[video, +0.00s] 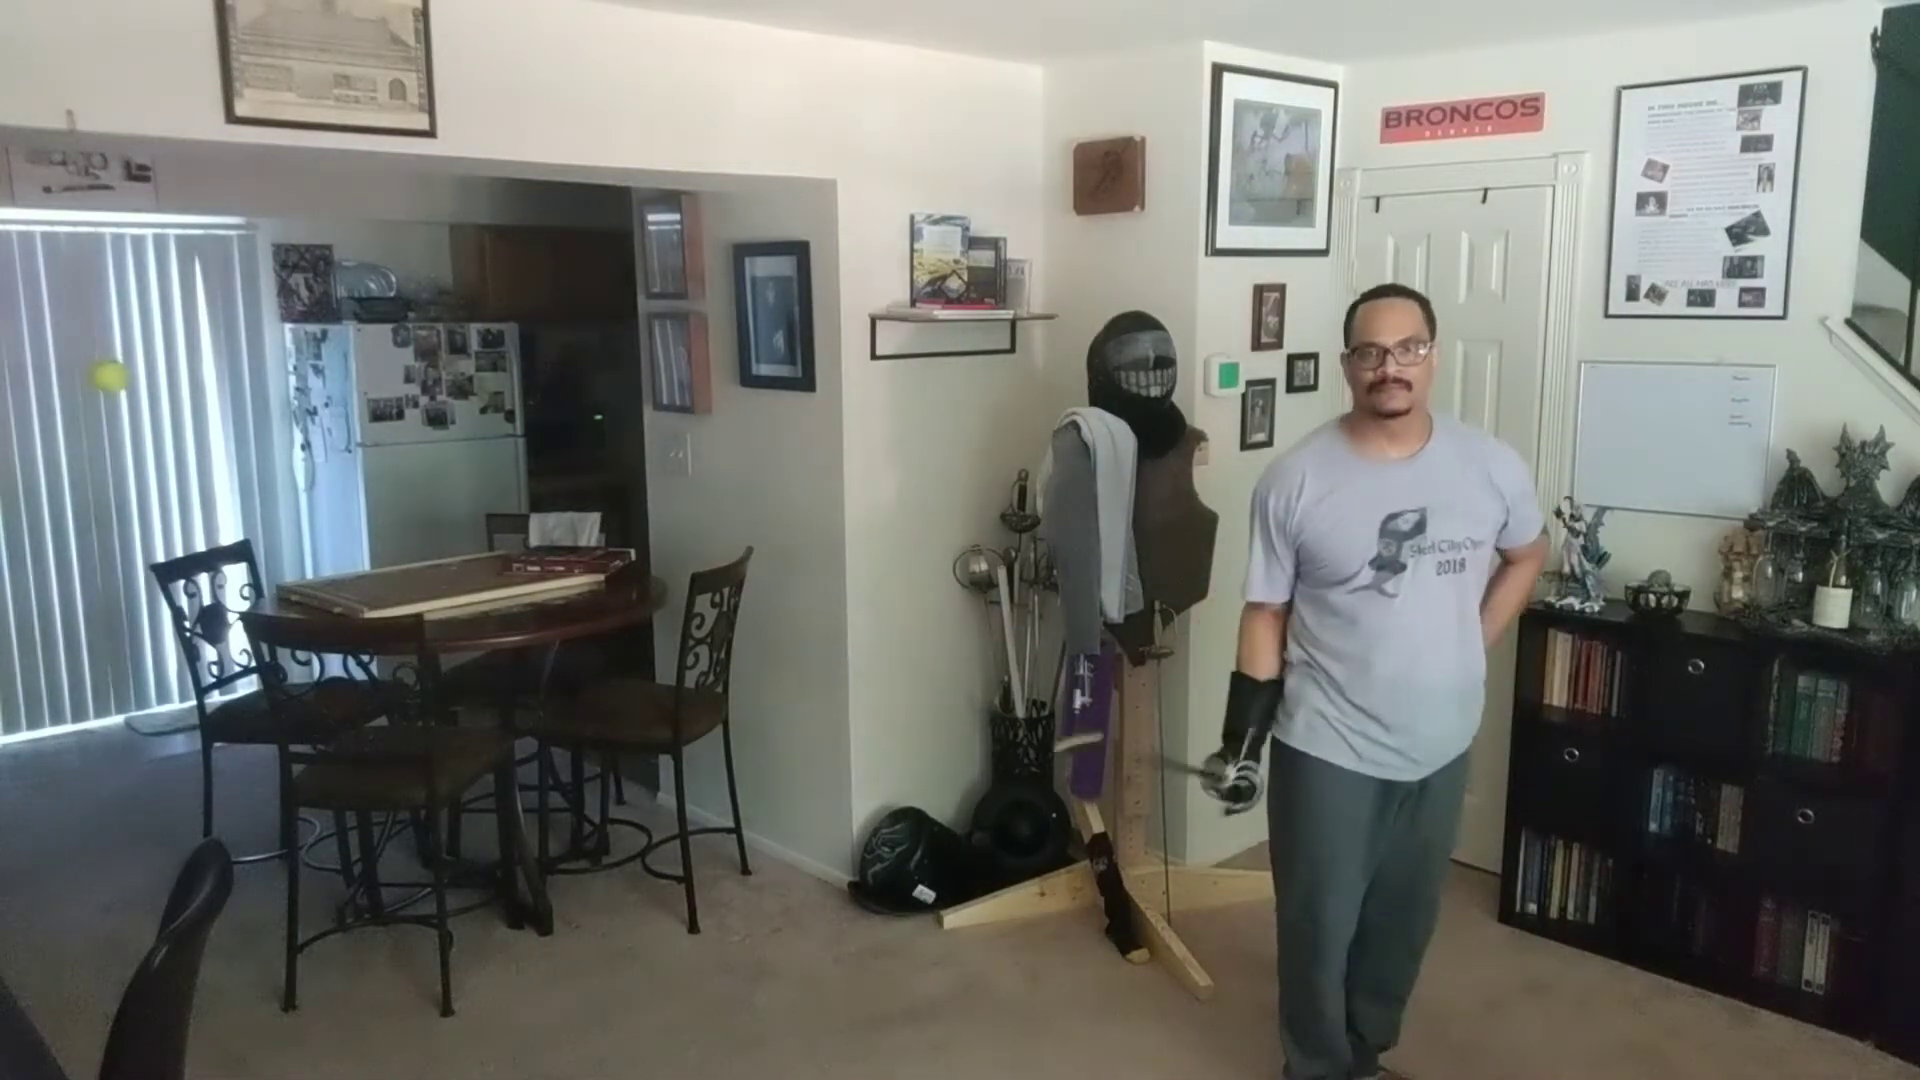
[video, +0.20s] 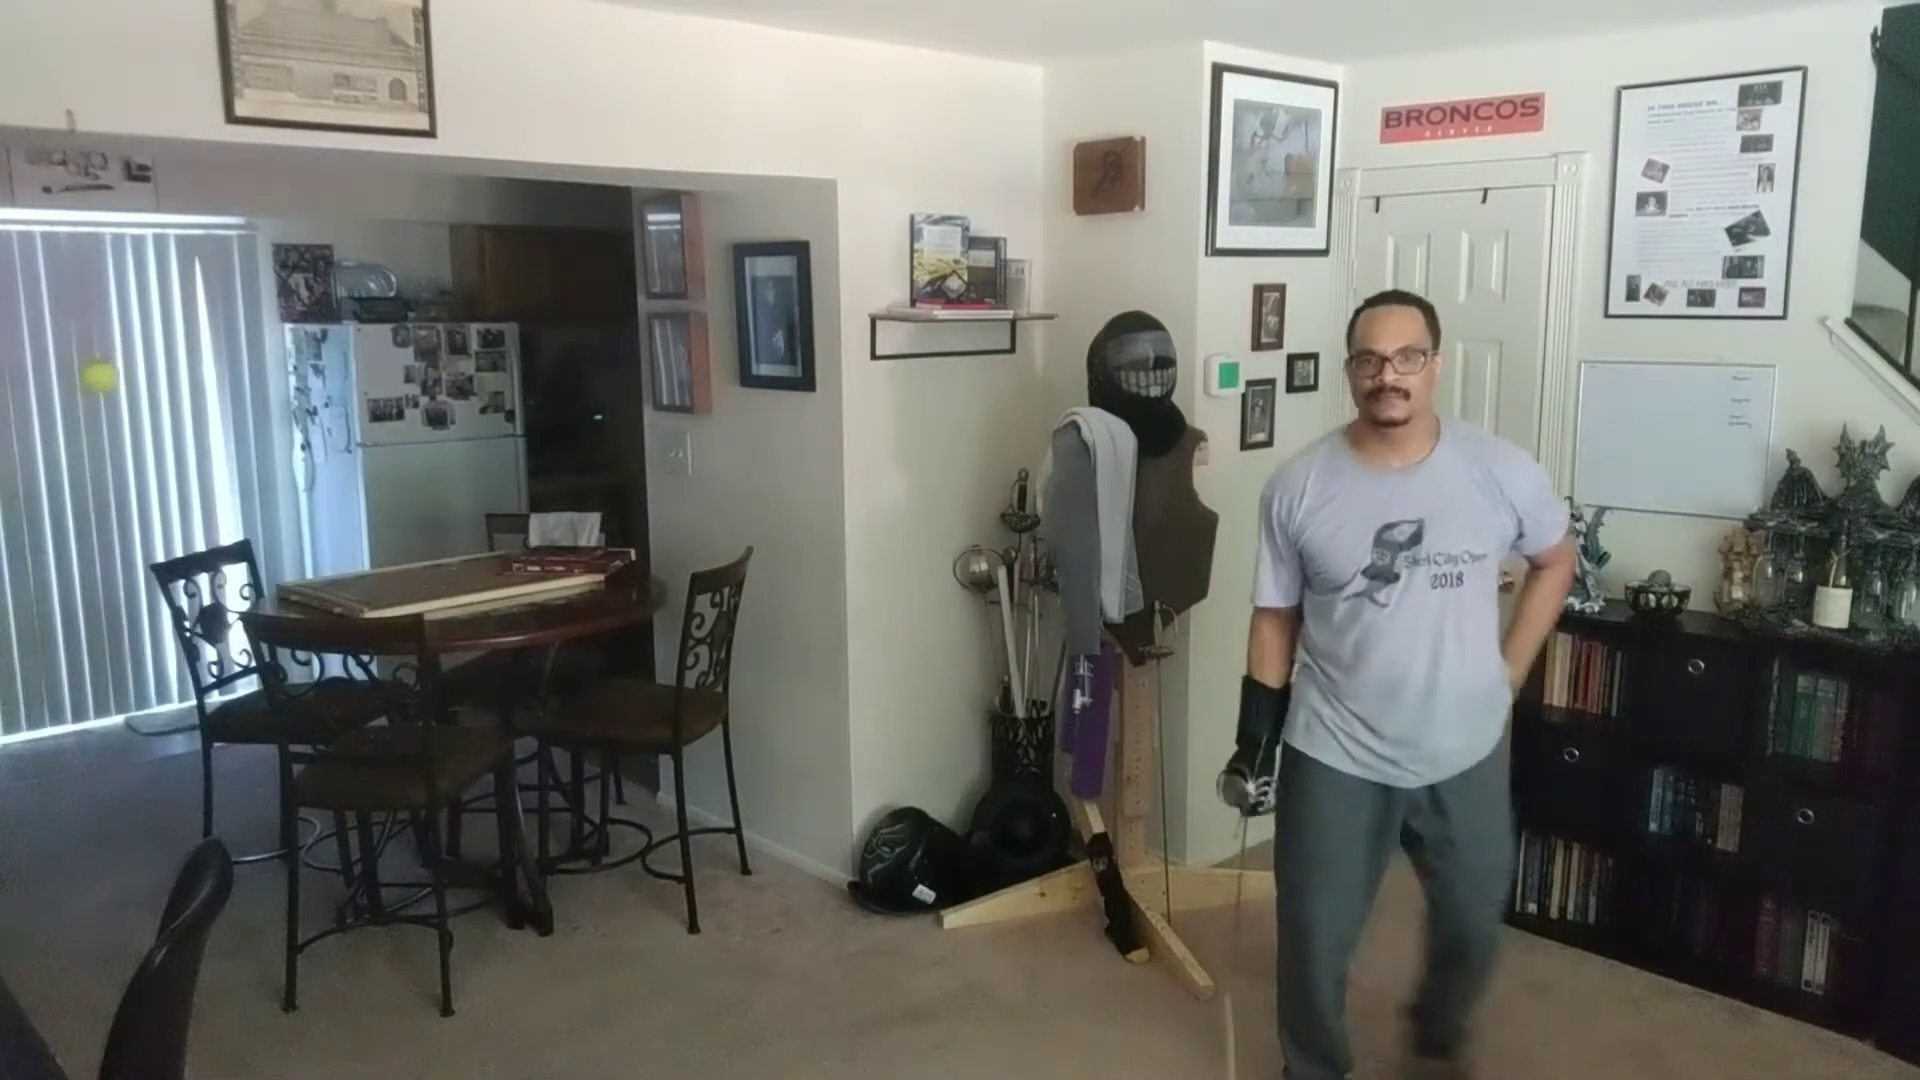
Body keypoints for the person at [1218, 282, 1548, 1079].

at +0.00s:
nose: (1390, 366)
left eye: (1408, 349)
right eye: (1371, 351)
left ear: (1433, 360)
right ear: (1347, 367)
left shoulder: (1487, 463)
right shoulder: (1294, 479)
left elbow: (1527, 553)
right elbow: (1264, 612)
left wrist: (1475, 641)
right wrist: (1245, 738)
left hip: (1441, 742)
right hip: (1327, 740)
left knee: (1405, 915)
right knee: (1321, 920)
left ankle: (1369, 1050)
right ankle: (1315, 1062)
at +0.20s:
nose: (1387, 375)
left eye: (1407, 358)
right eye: (1369, 359)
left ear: (1436, 367)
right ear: (1349, 371)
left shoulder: (1499, 469)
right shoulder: (1298, 486)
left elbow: (1557, 559)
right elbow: (1275, 617)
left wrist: (1508, 674)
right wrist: (1255, 743)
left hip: (1467, 746)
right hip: (1337, 749)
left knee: (1475, 928)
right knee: (1313, 946)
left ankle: (1440, 1039)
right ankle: (1315, 1067)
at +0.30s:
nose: (1401, 374)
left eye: (1421, 357)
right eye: (1383, 359)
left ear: (1454, 366)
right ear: (1364, 371)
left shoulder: (1514, 469)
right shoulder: (1314, 480)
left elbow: (1580, 556)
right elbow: (1288, 610)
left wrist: (1533, 675)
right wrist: (1266, 736)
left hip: (1483, 751)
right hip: (1346, 751)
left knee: (1508, 941)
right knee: (1319, 945)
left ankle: (1528, 1065)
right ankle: (1314, 1068)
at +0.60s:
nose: (1502, 397)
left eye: (1525, 381)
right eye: (1486, 380)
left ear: (1565, 391)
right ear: (1470, 389)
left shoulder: (1622, 496)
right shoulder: (1418, 498)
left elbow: (1705, 570)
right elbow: (1390, 621)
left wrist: (1641, 688)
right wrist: (1373, 730)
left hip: (1586, 798)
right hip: (1441, 791)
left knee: (1624, 1007)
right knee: (1357, 982)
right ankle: (1329, 1068)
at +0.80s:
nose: (1570, 407)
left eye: (1595, 388)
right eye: (1557, 387)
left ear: (1647, 392)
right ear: (1543, 390)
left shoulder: (1711, 493)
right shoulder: (1506, 498)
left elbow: (1828, 544)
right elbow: (1497, 622)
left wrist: (1750, 684)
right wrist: (1495, 719)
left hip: (1670, 799)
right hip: (1525, 780)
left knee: (1677, 1030)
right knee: (1449, 990)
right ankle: (1411, 1067)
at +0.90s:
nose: (1574, 398)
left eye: (1598, 382)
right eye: (1571, 380)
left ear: (1664, 393)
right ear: (1564, 381)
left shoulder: (1738, 487)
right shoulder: (1538, 492)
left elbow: (1870, 532)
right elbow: (1535, 617)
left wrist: (1788, 677)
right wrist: (1528, 731)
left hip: (1693, 800)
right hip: (1552, 781)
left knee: (1681, 1035)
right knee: (1505, 1009)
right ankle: (1497, 1068)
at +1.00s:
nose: (1587, 389)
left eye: (1608, 373)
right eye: (1587, 372)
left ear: (1675, 386)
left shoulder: (1763, 483)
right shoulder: (1565, 487)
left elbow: (1904, 518)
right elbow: (1560, 607)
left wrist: (1828, 657)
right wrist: (1563, 675)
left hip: (1716, 798)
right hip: (1579, 783)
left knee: (1696, 1022)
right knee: (1572, 1003)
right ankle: (1592, 1070)